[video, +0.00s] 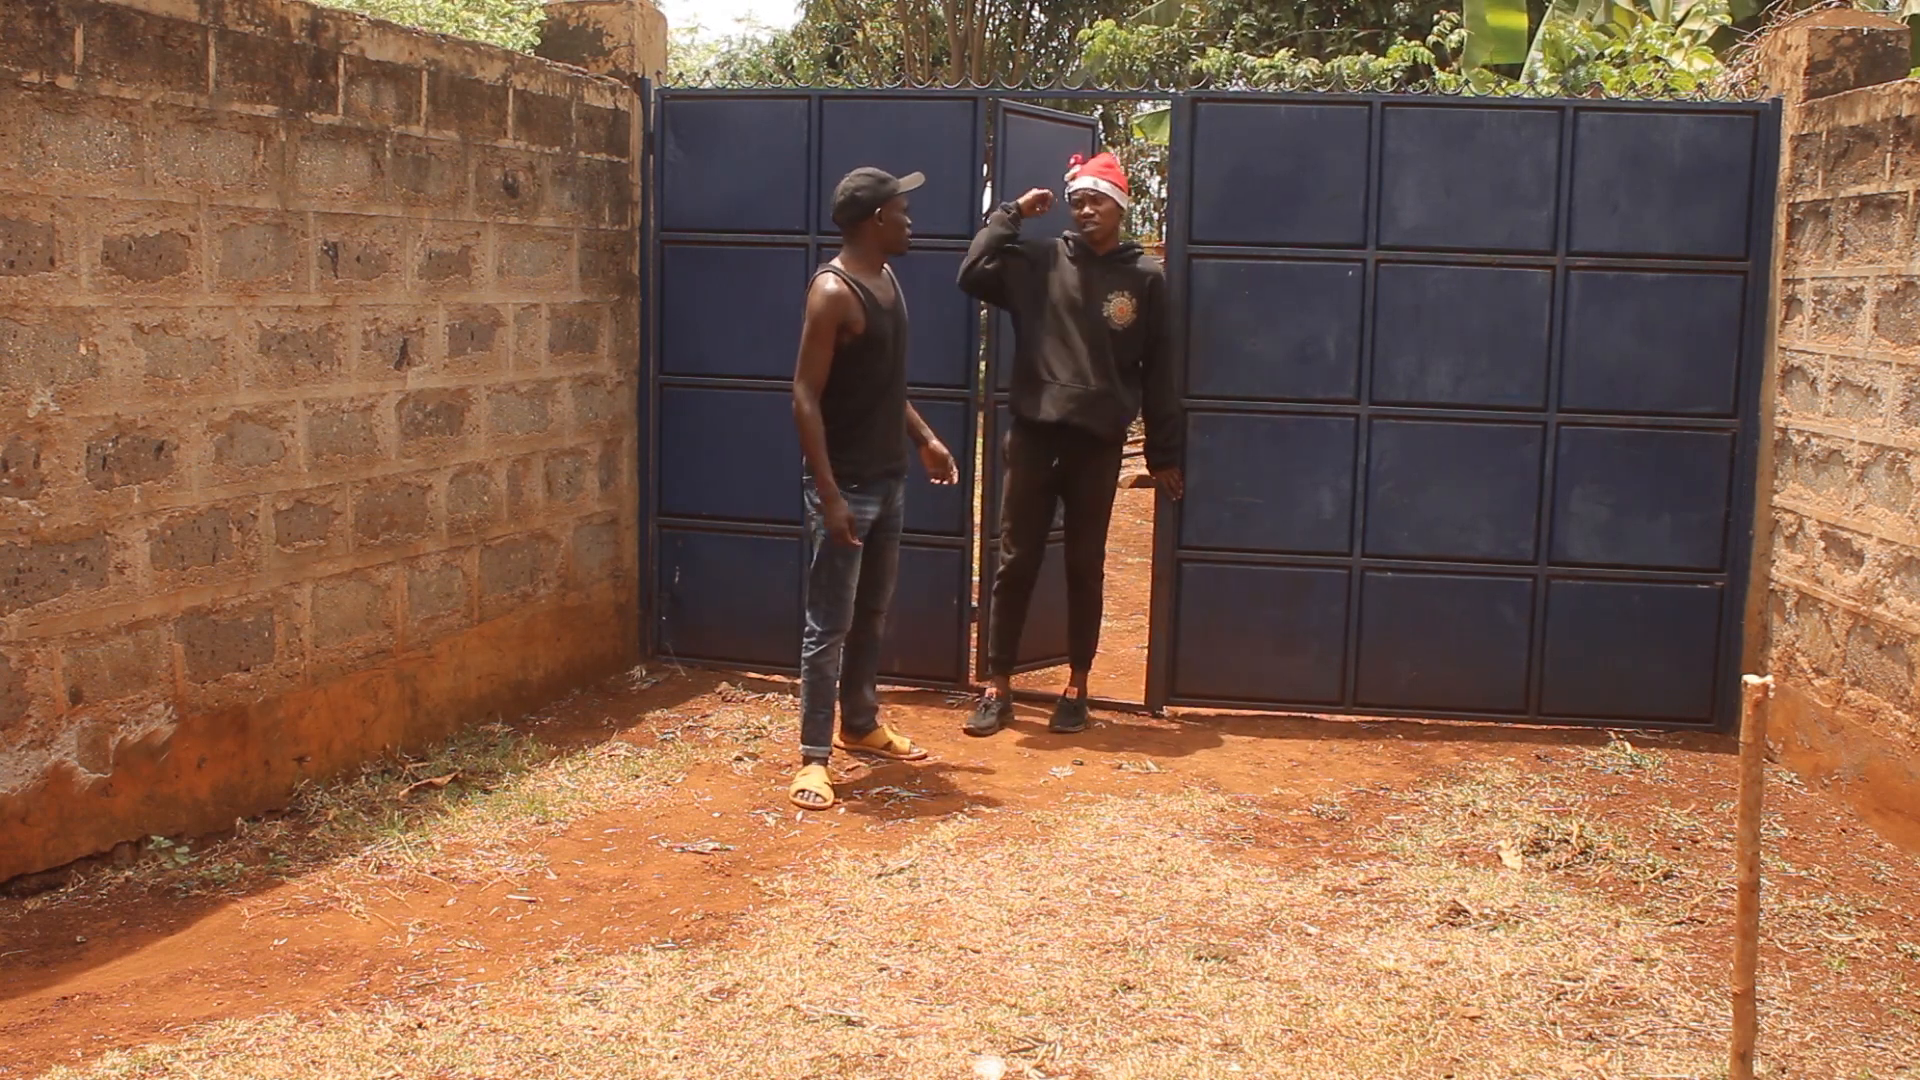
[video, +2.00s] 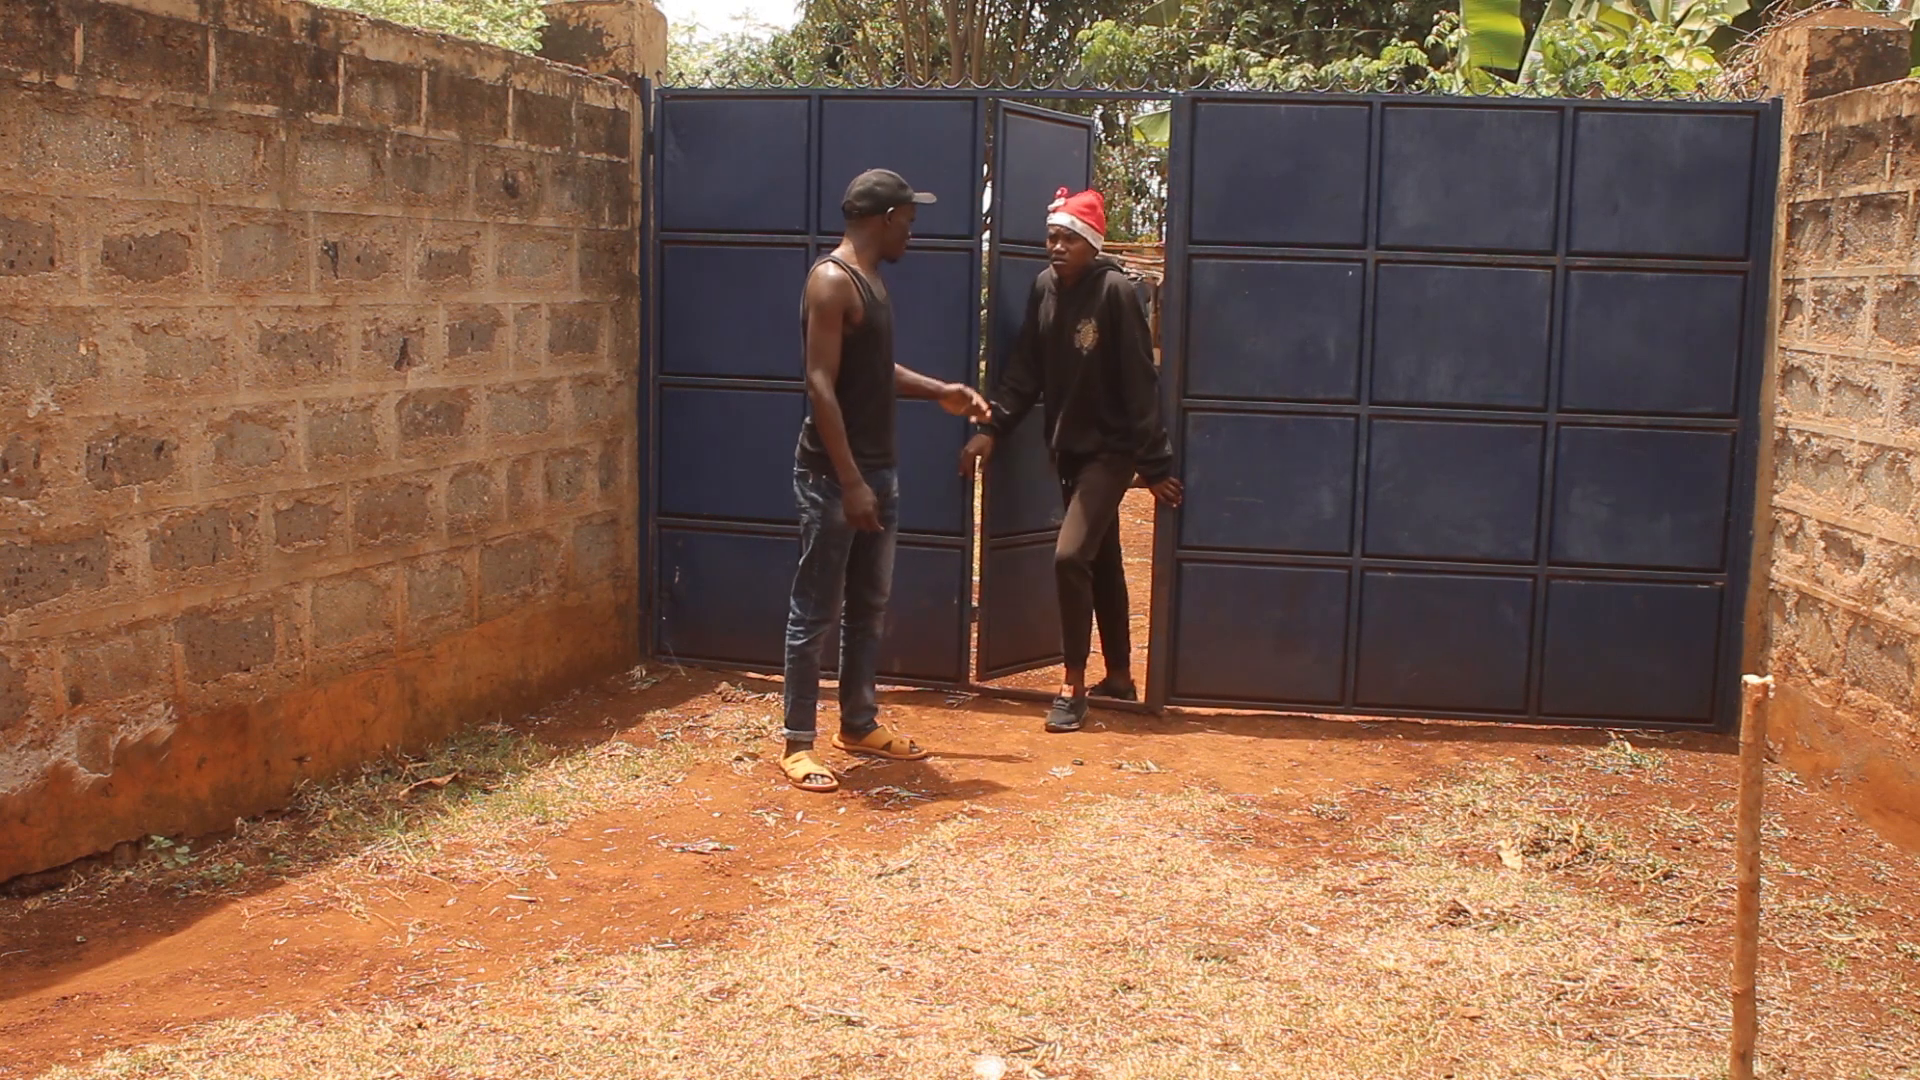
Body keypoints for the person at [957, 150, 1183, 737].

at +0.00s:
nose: (1085, 210)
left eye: (1097, 200)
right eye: (1078, 201)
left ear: (1123, 207)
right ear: (1069, 208)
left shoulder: (1145, 278)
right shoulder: (1036, 257)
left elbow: (1161, 372)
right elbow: (972, 276)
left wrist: (1165, 454)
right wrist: (1012, 214)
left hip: (1098, 437)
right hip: (1033, 431)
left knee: (1084, 564)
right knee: (1015, 559)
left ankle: (1077, 689)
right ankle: (995, 689)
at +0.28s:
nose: (1074, 209)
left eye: (1086, 200)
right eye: (1067, 199)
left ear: (1111, 206)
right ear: (1057, 203)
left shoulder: (1131, 279)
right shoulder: (1027, 260)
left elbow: (1151, 373)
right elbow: (967, 319)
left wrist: (1163, 454)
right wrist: (996, 265)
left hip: (1084, 443)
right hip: (1015, 437)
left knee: (1078, 569)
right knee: (1007, 566)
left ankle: (1075, 689)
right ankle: (993, 690)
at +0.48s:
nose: (1075, 210)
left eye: (1088, 201)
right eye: (1068, 199)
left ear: (1110, 209)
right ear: (1058, 203)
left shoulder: (1125, 281)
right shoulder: (1028, 254)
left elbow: (1145, 375)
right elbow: (976, 325)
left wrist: (1163, 454)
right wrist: (1022, 327)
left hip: (1080, 444)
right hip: (1013, 438)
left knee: (1074, 567)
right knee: (1004, 567)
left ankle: (1075, 690)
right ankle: (993, 692)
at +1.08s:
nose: (1088, 223)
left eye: (1101, 215)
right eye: (1084, 212)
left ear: (1129, 220)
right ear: (1077, 212)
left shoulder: (1149, 285)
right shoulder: (1054, 257)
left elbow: (1153, 378)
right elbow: (1003, 308)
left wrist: (1160, 459)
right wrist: (1002, 355)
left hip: (1087, 439)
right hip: (1022, 425)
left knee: (1075, 567)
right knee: (996, 555)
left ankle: (1074, 687)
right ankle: (997, 679)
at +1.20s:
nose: (1097, 222)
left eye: (1110, 214)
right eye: (1093, 211)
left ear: (1138, 221)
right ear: (1088, 213)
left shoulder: (1156, 283)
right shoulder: (1067, 263)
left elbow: (1159, 377)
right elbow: (1024, 314)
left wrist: (1159, 458)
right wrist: (979, 338)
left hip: (1098, 435)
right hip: (1038, 425)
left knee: (1081, 564)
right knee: (1000, 540)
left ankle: (1075, 686)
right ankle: (1043, 608)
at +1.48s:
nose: (1088, 223)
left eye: (1101, 217)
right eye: (1083, 213)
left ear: (1125, 225)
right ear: (1075, 214)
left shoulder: (1140, 281)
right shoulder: (1059, 268)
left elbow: (1149, 376)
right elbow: (1023, 344)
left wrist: (1158, 458)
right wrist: (969, 392)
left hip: (1109, 435)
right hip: (1057, 430)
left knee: (1068, 555)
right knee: (1066, 556)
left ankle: (1072, 689)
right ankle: (1104, 661)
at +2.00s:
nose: (1057, 246)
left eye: (1069, 238)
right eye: (1053, 236)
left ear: (1095, 244)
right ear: (1048, 239)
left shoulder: (1117, 290)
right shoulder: (1044, 290)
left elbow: (1140, 383)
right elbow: (1023, 371)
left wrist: (1157, 465)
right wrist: (990, 429)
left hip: (1115, 449)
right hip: (1068, 449)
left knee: (1069, 557)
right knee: (1104, 566)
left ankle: (1072, 690)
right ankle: (1119, 677)